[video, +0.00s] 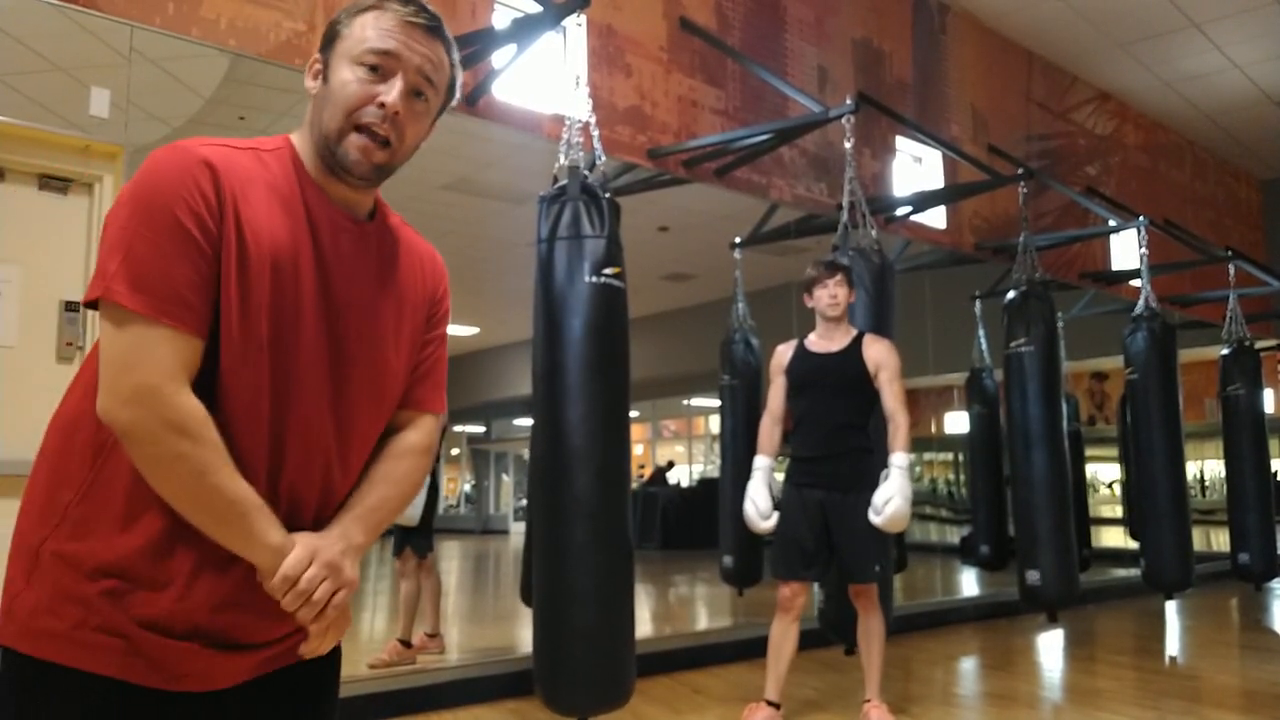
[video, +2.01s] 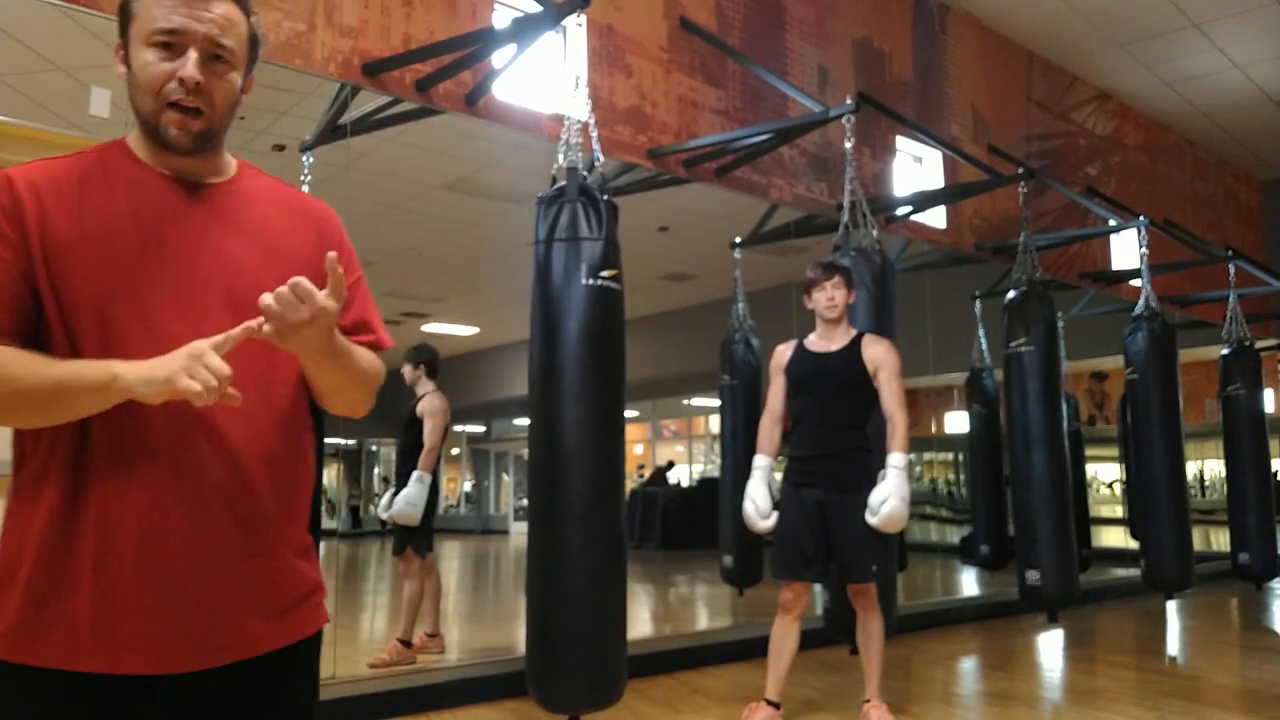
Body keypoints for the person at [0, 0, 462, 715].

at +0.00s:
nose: (394, 101)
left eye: (421, 92)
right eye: (375, 68)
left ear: (429, 125)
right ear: (317, 73)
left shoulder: (421, 273)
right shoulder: (194, 179)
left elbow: (417, 430)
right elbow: (141, 396)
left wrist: (349, 538)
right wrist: (280, 554)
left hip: (284, 654)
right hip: (101, 643)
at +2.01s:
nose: (190, 73)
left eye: (218, 56)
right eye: (167, 46)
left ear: (246, 83)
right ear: (122, 58)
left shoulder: (309, 224)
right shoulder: (27, 199)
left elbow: (361, 397)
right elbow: (0, 374)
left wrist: (318, 343)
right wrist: (131, 377)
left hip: (259, 642)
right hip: (61, 640)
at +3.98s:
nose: (284, 108)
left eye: (312, 93)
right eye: (267, 77)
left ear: (335, 117)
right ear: (221, 80)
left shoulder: (367, 252)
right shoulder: (111, 209)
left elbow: (407, 412)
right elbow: (35, 383)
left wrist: (325, 351)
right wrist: (189, 397)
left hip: (290, 645)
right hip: (109, 637)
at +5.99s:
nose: (289, 99)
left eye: (318, 84)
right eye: (270, 68)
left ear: (341, 106)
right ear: (225, 72)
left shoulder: (376, 248)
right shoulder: (117, 208)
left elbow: (416, 400)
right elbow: (47, 387)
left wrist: (374, 419)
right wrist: (202, 422)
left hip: (295, 651)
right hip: (116, 646)